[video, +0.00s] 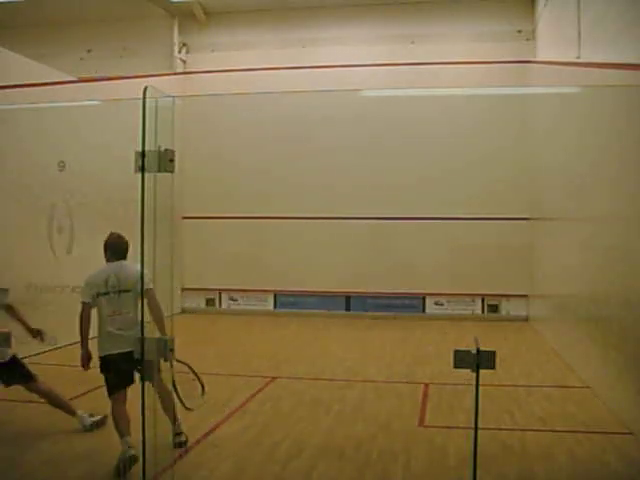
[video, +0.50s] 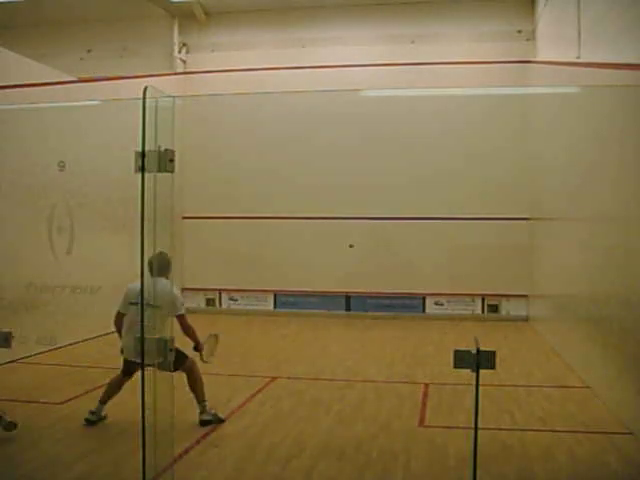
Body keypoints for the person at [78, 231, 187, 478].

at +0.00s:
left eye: (105, 249)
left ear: (104, 252)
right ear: (127, 252)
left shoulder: (94, 279)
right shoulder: (139, 273)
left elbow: (85, 314)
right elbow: (154, 305)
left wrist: (84, 348)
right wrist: (164, 337)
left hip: (111, 351)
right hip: (141, 346)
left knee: (118, 401)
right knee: (159, 383)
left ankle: (127, 446)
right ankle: (177, 430)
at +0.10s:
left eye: (117, 243)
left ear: (116, 245)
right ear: (138, 245)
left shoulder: (106, 271)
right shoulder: (149, 265)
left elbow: (95, 305)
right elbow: (164, 294)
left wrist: (95, 338)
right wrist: (171, 324)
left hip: (122, 342)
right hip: (150, 339)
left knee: (122, 389)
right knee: (165, 381)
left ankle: (122, 420)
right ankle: (178, 430)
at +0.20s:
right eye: (143, 235)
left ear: (124, 238)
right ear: (145, 237)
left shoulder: (113, 262)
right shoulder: (156, 258)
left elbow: (101, 296)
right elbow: (170, 286)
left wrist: (101, 329)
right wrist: (176, 314)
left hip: (124, 333)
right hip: (154, 330)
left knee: (122, 375)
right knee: (167, 371)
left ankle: (122, 416)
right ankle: (178, 417)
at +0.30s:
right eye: (148, 239)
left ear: (127, 242)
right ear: (148, 241)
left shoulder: (115, 264)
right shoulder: (158, 260)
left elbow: (103, 295)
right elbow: (173, 287)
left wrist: (104, 325)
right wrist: (176, 312)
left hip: (125, 330)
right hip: (156, 329)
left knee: (119, 368)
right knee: (174, 365)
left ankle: (110, 415)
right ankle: (184, 409)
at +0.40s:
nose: (151, 259)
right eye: (152, 255)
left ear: (134, 257)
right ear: (153, 257)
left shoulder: (120, 279)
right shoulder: (161, 279)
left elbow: (106, 307)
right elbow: (175, 308)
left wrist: (109, 333)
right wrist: (183, 325)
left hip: (127, 340)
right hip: (155, 340)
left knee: (116, 373)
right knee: (183, 367)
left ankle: (95, 410)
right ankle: (199, 411)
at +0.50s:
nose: (168, 270)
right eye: (168, 267)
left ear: (149, 268)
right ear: (168, 270)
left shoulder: (133, 288)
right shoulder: (170, 292)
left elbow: (118, 320)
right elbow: (184, 325)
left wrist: (126, 340)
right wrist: (197, 342)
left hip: (132, 348)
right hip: (158, 350)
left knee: (123, 375)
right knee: (190, 366)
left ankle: (97, 410)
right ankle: (204, 411)